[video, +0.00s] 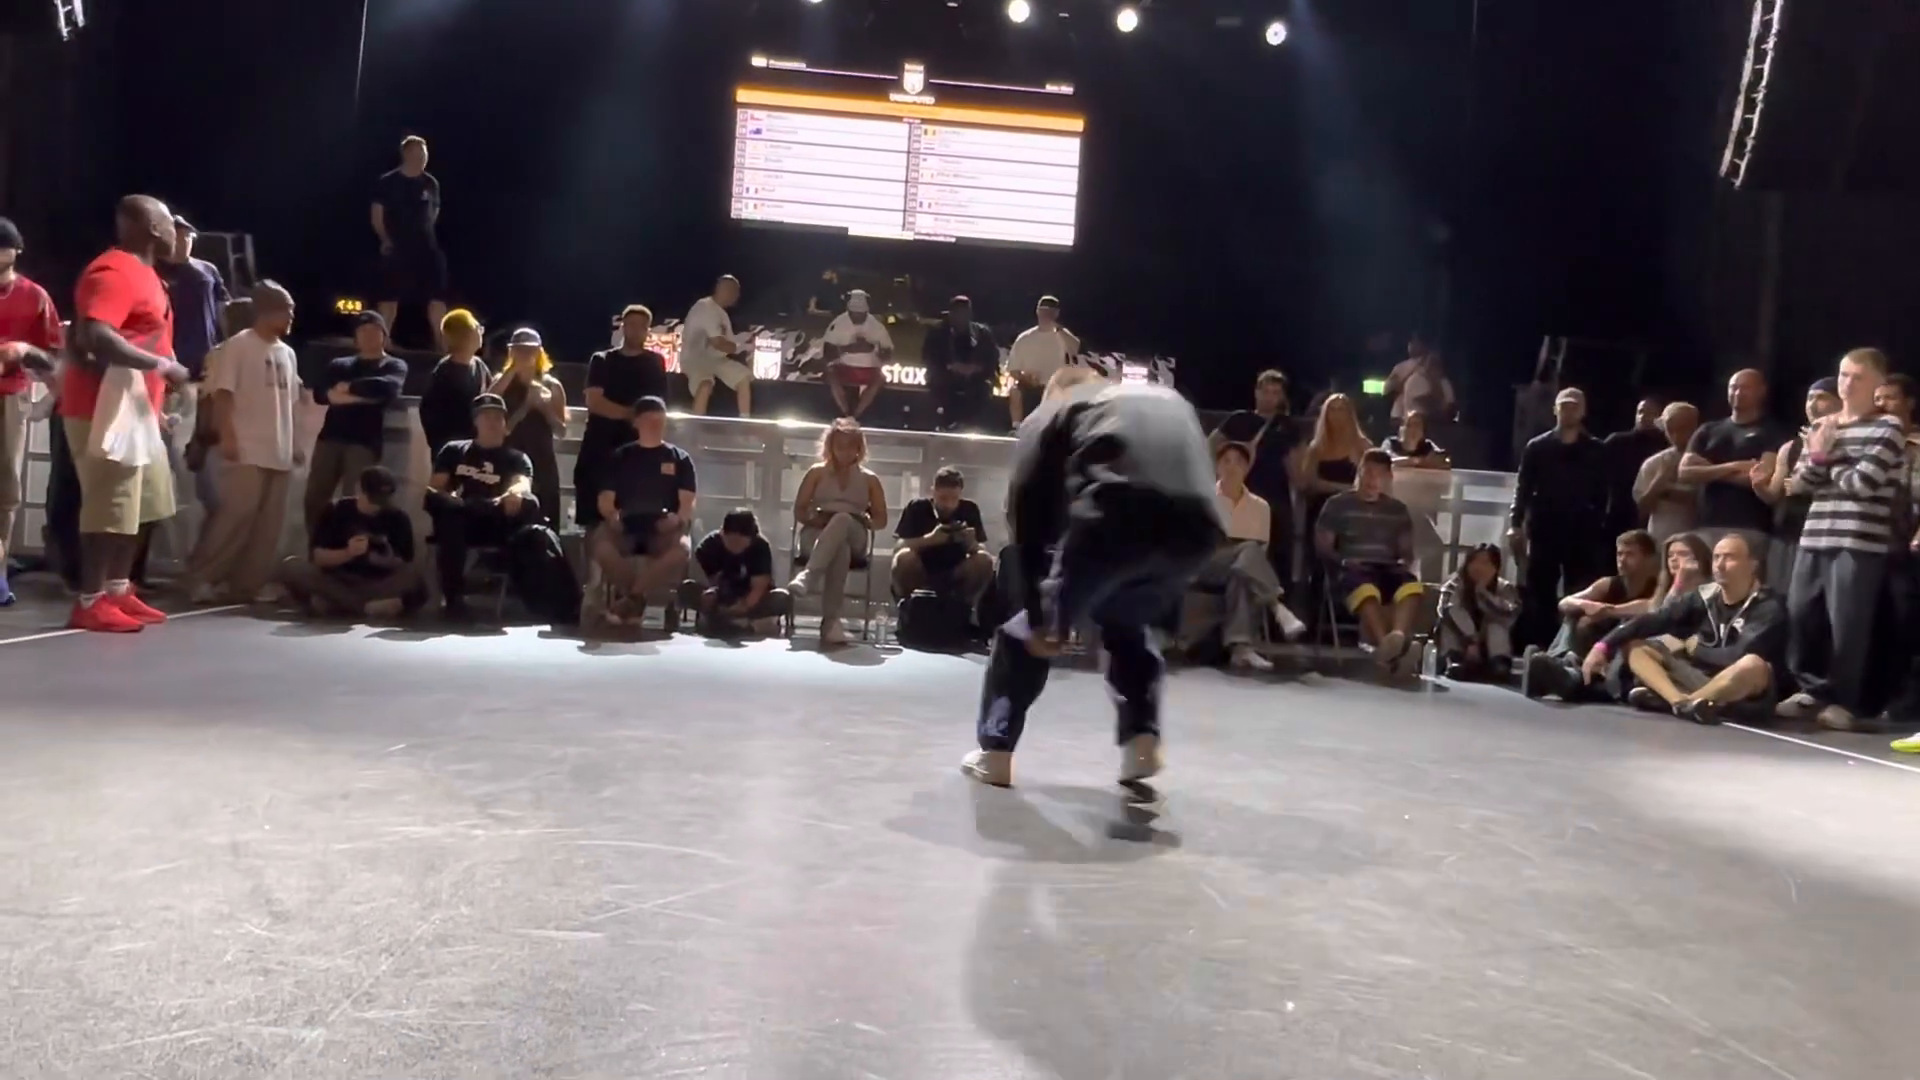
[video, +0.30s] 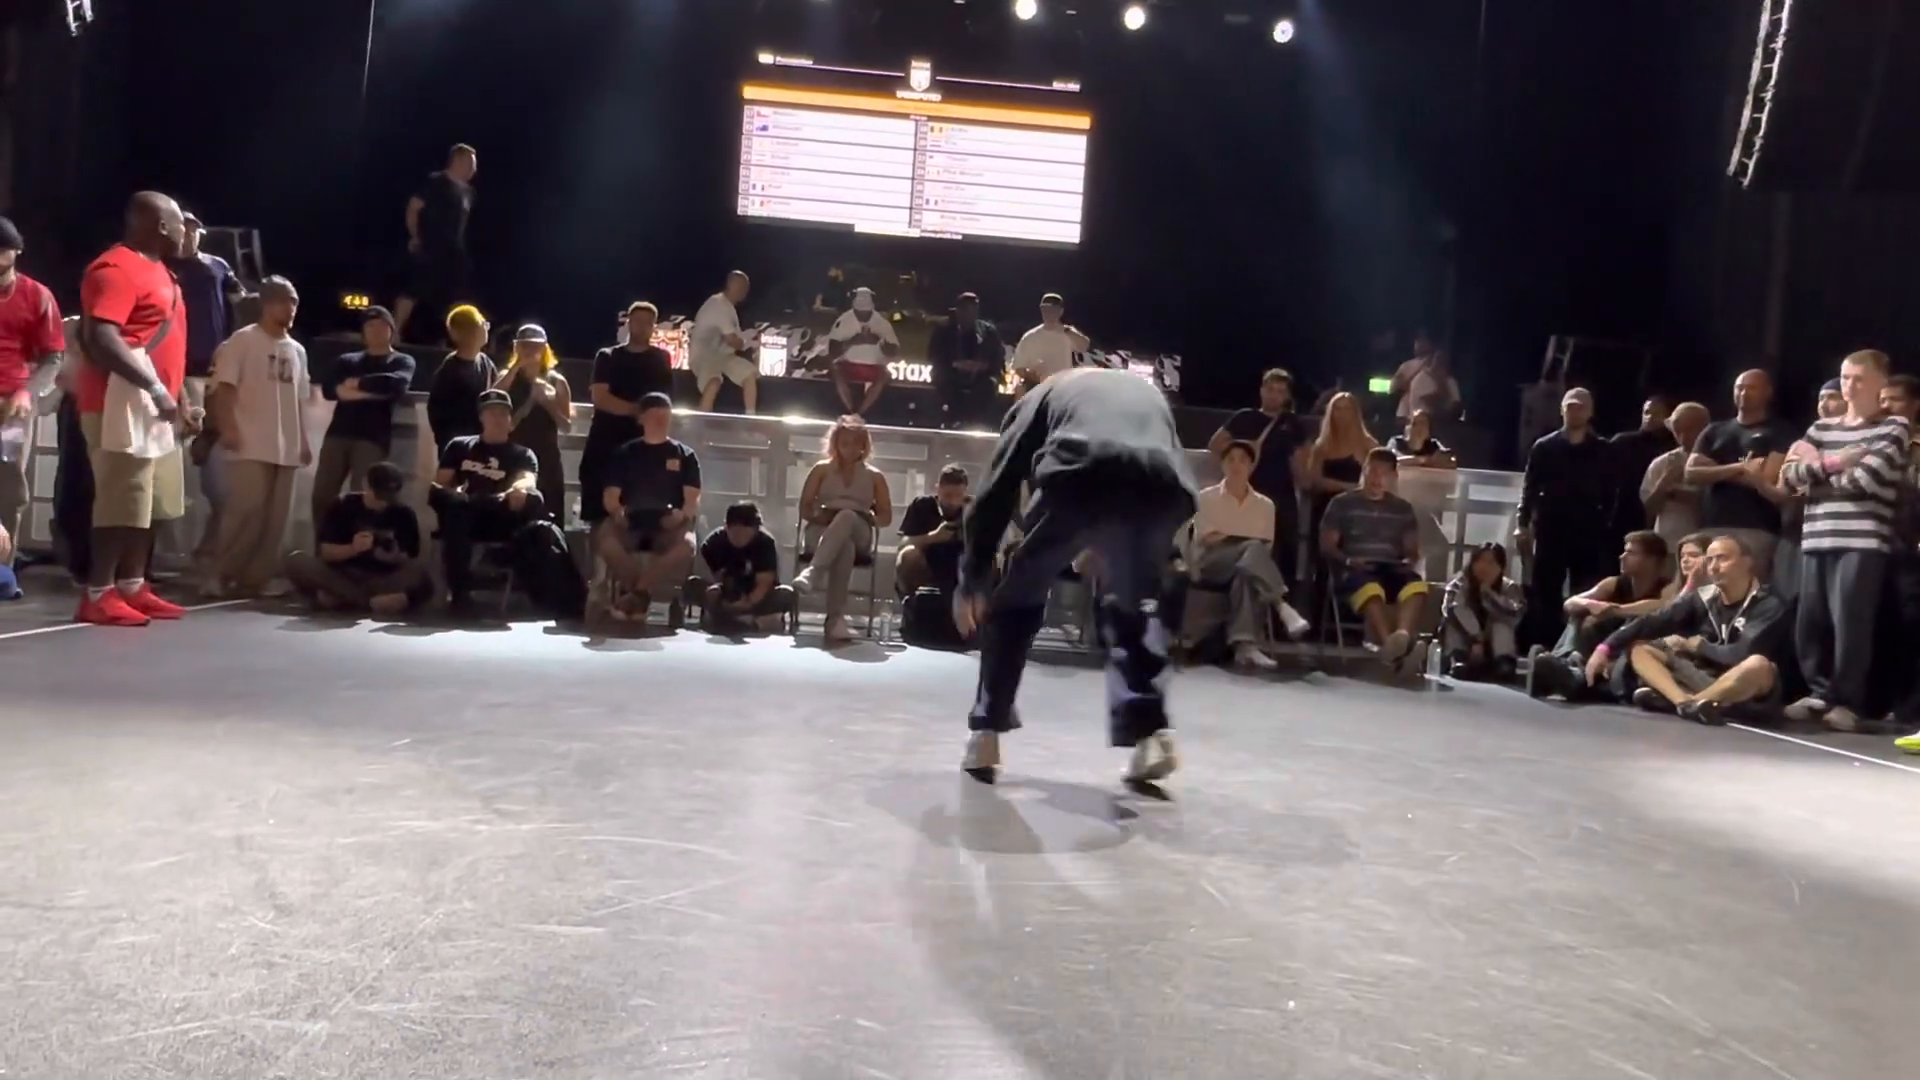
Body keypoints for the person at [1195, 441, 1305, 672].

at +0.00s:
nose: (1231, 466)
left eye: (1238, 461)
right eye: (1226, 460)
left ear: (1246, 468)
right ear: (1217, 466)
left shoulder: (1260, 507)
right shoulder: (1205, 499)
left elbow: (1259, 548)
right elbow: (1199, 545)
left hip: (1246, 569)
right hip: (1207, 566)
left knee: (1240, 577)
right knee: (1250, 550)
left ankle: (1242, 647)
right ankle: (1278, 607)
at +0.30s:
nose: (1237, 466)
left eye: (1243, 460)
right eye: (1231, 460)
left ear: (1251, 467)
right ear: (1223, 465)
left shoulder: (1265, 505)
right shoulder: (1206, 498)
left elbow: (1265, 545)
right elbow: (1206, 540)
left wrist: (1225, 537)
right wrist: (1252, 541)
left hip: (1250, 566)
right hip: (1211, 563)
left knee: (1244, 576)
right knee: (1254, 548)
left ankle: (1246, 646)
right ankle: (1282, 606)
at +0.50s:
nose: (1240, 465)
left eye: (1247, 459)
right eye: (1235, 459)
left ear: (1256, 466)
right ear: (1227, 464)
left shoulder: (1269, 505)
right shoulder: (1209, 498)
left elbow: (1269, 545)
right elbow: (1213, 539)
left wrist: (1229, 536)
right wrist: (1257, 540)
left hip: (1256, 565)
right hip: (1218, 562)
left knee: (1249, 575)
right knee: (1258, 548)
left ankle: (1250, 643)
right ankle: (1286, 605)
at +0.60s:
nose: (1242, 465)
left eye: (1248, 460)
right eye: (1237, 459)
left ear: (1257, 466)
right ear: (1228, 464)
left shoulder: (1270, 504)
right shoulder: (1211, 497)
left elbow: (1270, 545)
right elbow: (1212, 539)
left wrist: (1230, 537)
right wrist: (1258, 541)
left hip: (1256, 567)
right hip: (1217, 563)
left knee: (1250, 575)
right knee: (1260, 547)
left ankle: (1251, 645)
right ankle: (1288, 605)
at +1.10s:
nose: (1249, 459)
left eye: (1255, 454)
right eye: (1244, 453)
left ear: (1264, 460)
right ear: (1236, 458)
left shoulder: (1277, 498)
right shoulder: (1218, 491)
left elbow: (1277, 539)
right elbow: (1220, 532)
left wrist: (1237, 530)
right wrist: (1266, 534)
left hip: (1263, 559)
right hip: (1224, 556)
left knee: (1256, 571)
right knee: (1268, 541)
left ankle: (1257, 639)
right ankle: (1294, 600)